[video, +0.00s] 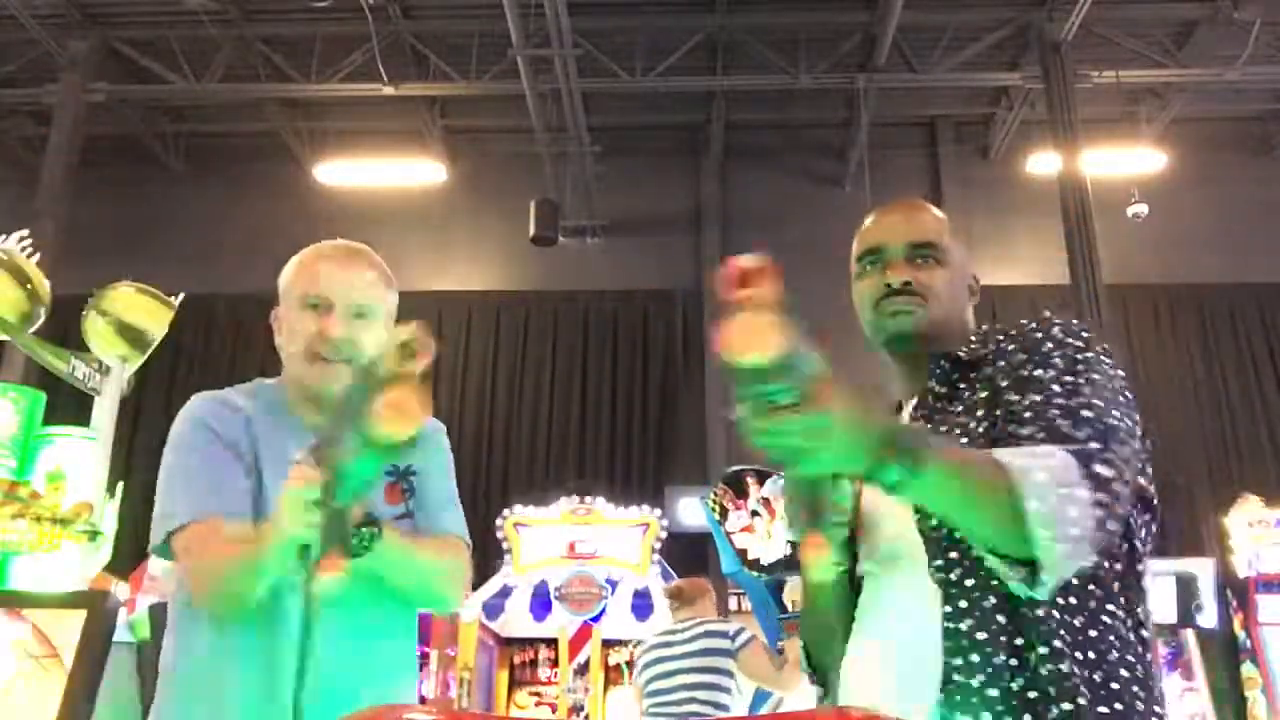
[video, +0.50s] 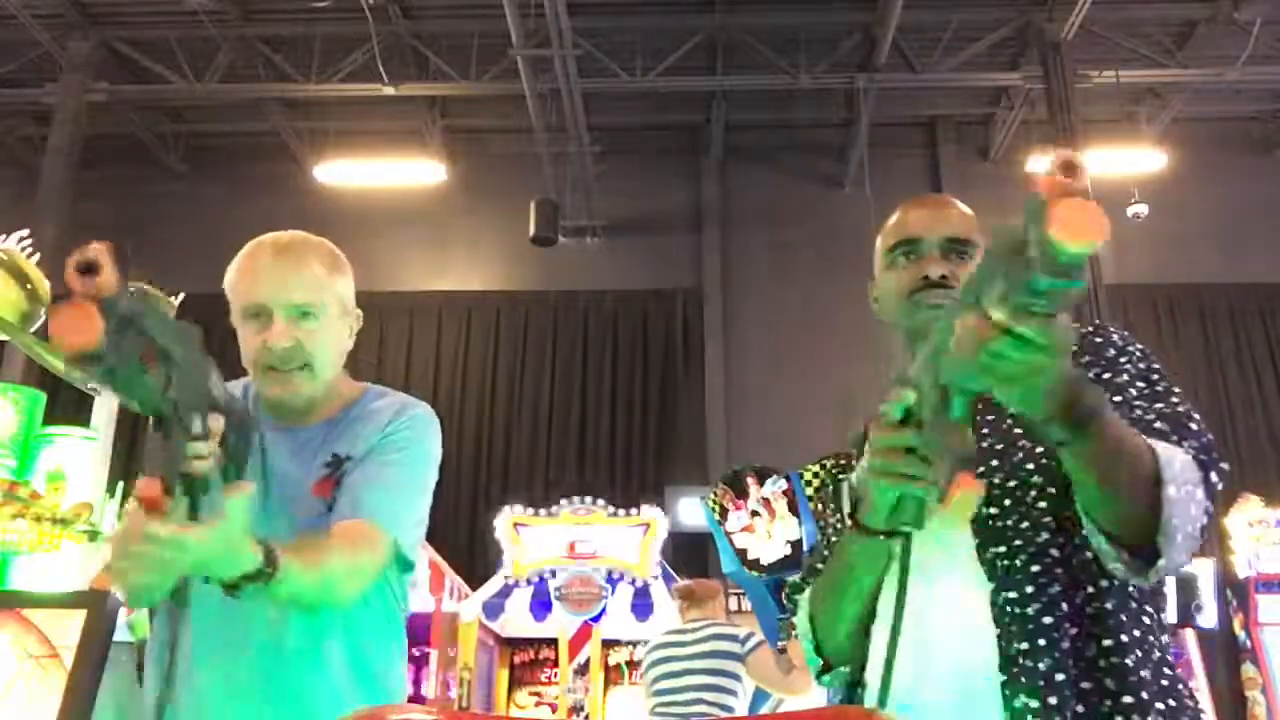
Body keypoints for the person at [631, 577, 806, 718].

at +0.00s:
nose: (716, 607)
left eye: (714, 601)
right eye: (714, 601)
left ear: (672, 610)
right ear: (710, 599)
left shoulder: (646, 648)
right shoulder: (729, 632)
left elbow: (641, 706)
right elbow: (786, 684)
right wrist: (794, 650)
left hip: (658, 714)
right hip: (711, 712)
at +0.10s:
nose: (718, 607)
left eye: (716, 602)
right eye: (716, 602)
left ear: (674, 612)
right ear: (712, 600)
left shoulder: (647, 649)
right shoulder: (731, 633)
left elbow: (645, 707)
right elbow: (789, 685)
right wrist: (799, 653)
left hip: (657, 715)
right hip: (708, 713)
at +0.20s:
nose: (722, 609)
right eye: (720, 604)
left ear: (676, 612)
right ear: (716, 602)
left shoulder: (649, 649)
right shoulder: (733, 635)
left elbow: (645, 707)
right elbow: (790, 687)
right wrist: (800, 654)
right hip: (711, 713)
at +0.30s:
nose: (724, 610)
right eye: (722, 604)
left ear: (678, 612)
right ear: (717, 602)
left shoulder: (650, 649)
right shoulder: (734, 635)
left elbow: (646, 707)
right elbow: (791, 688)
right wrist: (801, 656)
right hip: (714, 712)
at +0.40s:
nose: (725, 610)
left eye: (724, 604)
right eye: (723, 603)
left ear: (680, 611)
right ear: (716, 603)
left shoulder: (652, 648)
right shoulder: (737, 636)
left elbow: (650, 702)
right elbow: (791, 688)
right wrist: (797, 658)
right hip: (717, 713)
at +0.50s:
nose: (728, 610)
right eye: (725, 604)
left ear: (681, 611)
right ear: (720, 603)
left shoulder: (653, 647)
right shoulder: (739, 637)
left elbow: (651, 703)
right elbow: (794, 687)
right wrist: (801, 658)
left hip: (662, 714)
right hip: (716, 711)